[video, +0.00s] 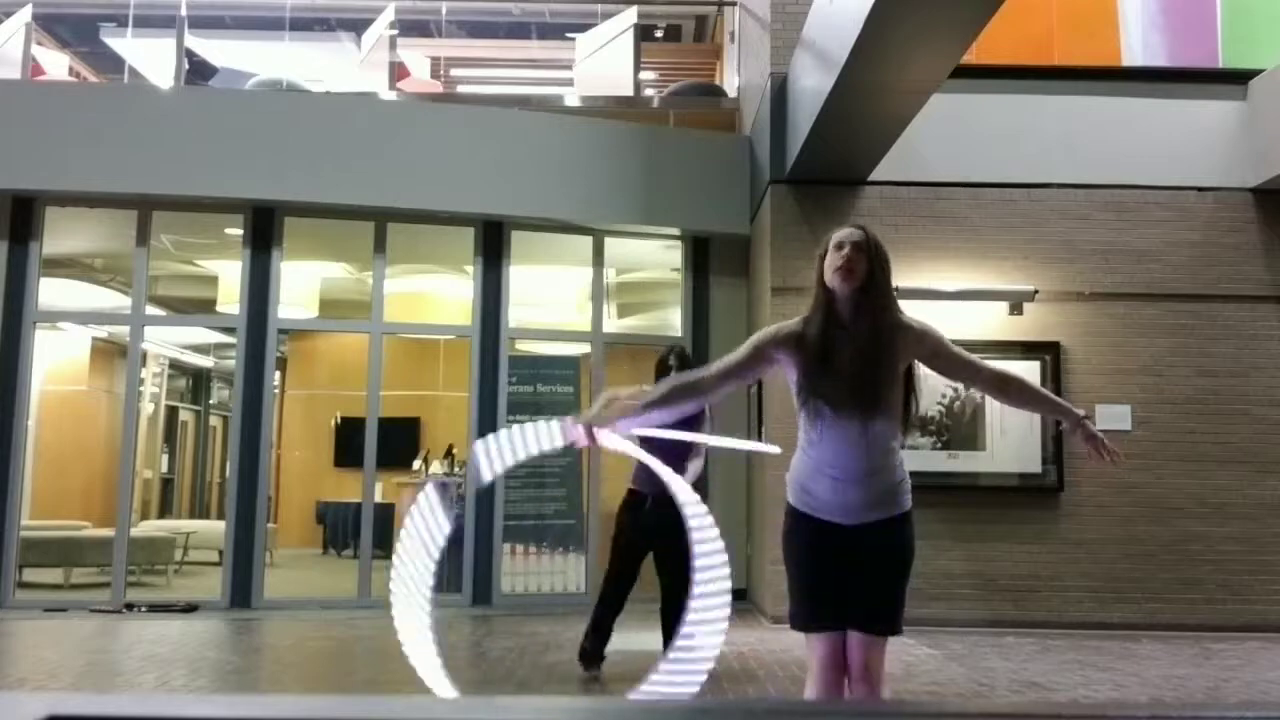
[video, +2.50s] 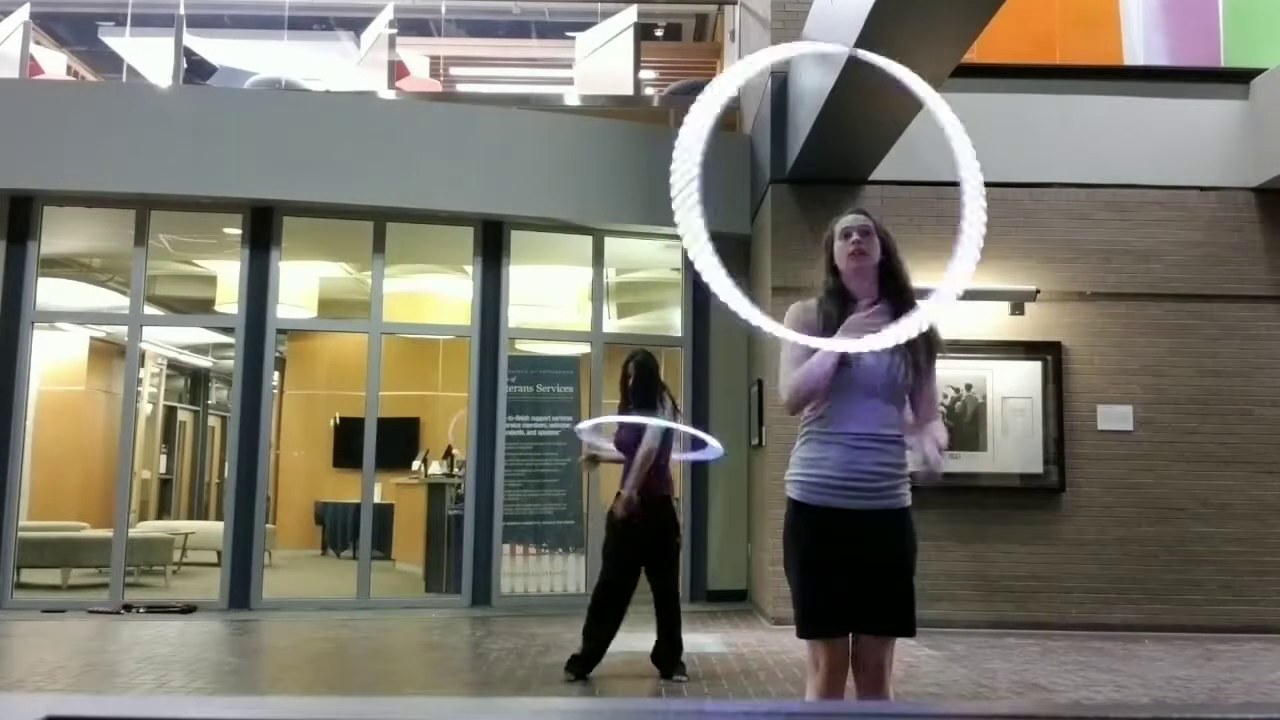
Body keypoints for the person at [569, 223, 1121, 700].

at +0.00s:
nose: (847, 256)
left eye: (859, 250)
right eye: (838, 249)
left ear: (876, 270)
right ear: (821, 267)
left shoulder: (902, 336)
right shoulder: (791, 341)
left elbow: (981, 377)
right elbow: (704, 381)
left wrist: (1069, 415)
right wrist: (621, 412)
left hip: (883, 515)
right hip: (814, 514)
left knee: (867, 667)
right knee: (828, 664)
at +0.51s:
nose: (841, 255)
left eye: (849, 250)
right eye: (830, 254)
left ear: (866, 271)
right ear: (815, 272)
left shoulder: (903, 312)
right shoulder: (795, 311)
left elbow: (999, 333)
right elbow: (705, 306)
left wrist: (1088, 355)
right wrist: (620, 303)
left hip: (893, 509)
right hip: (820, 506)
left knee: (877, 672)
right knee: (829, 668)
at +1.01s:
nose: (879, 292)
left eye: (880, 291)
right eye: (867, 287)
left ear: (872, 307)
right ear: (834, 292)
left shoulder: (903, 344)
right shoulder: (803, 331)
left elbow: (987, 368)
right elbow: (715, 313)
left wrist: (1064, 375)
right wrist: (628, 301)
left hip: (906, 515)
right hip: (832, 514)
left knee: (889, 675)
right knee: (844, 674)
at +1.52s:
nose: (891, 249)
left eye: (890, 242)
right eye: (877, 242)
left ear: (883, 263)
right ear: (845, 257)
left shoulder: (904, 322)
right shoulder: (808, 313)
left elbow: (987, 349)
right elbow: (713, 320)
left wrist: (1031, 320)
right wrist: (627, 328)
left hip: (896, 508)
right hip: (829, 507)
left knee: (882, 674)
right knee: (841, 673)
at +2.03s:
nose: (866, 241)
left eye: (870, 234)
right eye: (852, 234)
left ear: (877, 253)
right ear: (824, 253)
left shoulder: (905, 323)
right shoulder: (797, 318)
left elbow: (971, 393)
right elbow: (750, 375)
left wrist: (1033, 460)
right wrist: (739, 375)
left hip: (883, 508)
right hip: (816, 508)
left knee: (874, 666)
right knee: (830, 667)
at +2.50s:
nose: (856, 240)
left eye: (865, 233)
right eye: (845, 234)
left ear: (883, 248)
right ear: (831, 253)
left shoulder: (911, 322)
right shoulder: (806, 315)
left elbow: (925, 415)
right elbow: (793, 396)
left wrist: (929, 436)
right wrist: (843, 337)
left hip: (886, 504)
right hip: (816, 503)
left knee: (874, 665)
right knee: (830, 663)